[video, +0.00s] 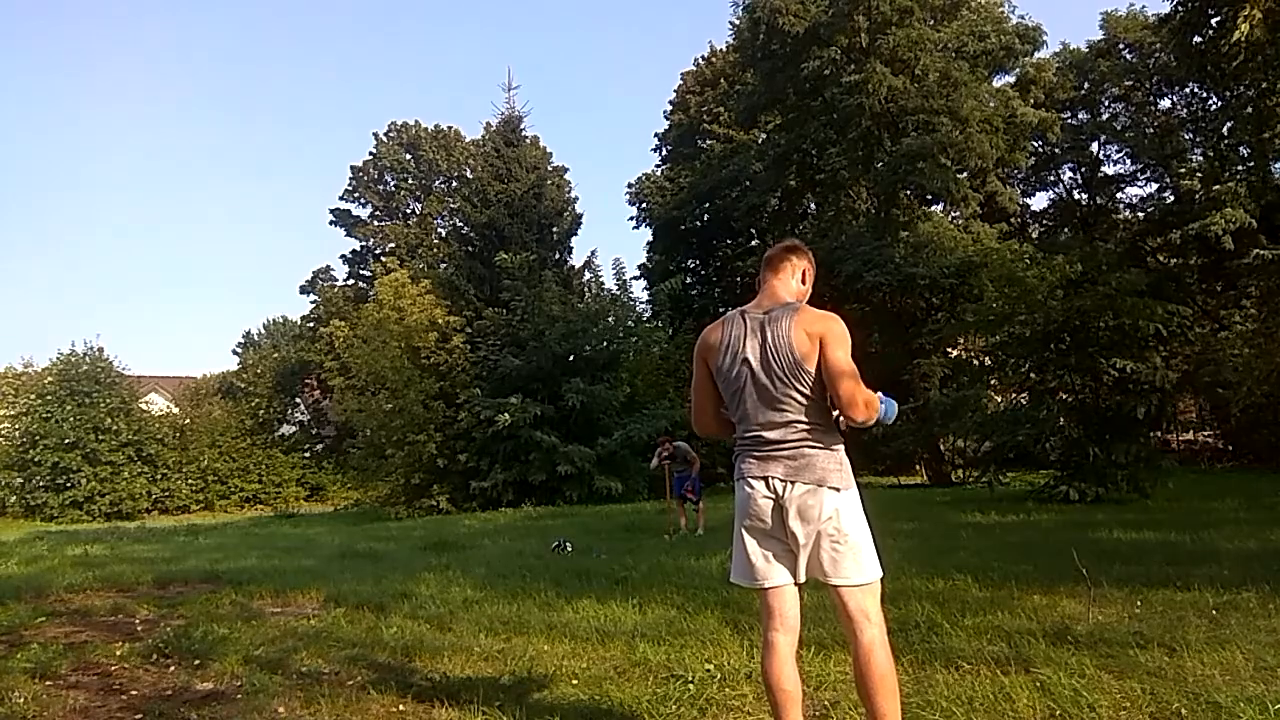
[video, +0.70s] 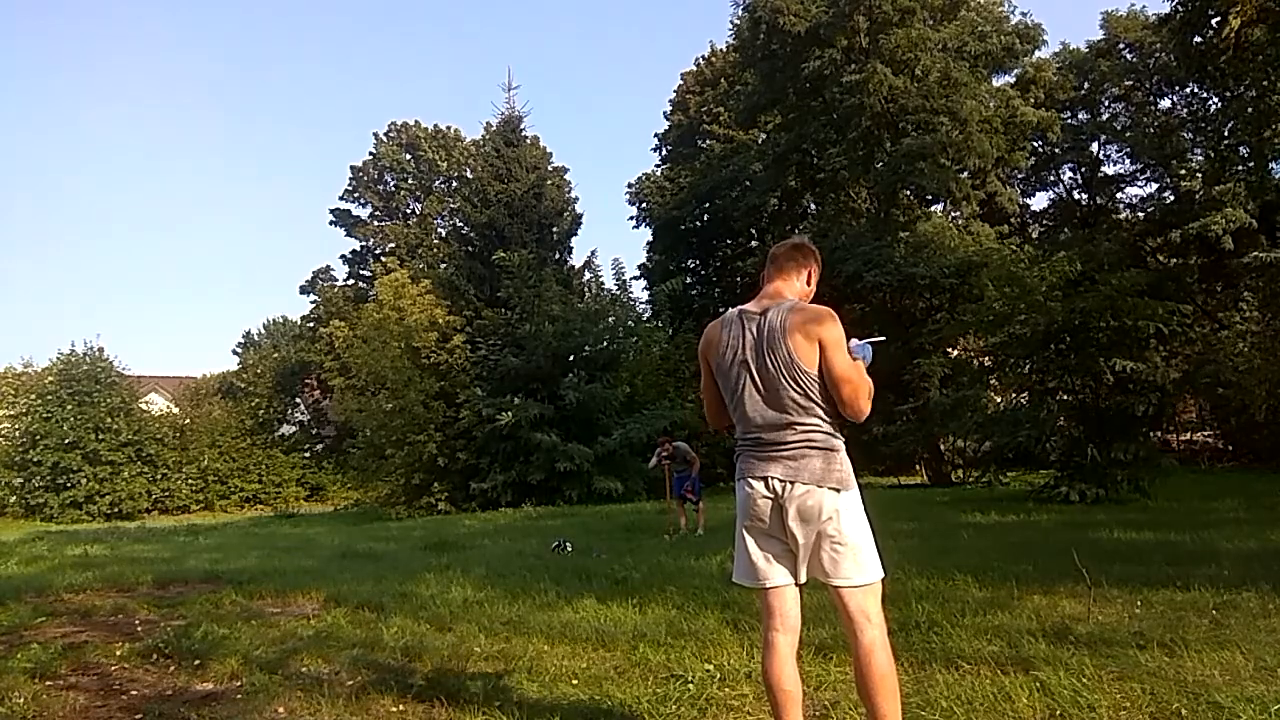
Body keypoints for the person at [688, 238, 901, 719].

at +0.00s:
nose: (811, 289)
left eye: (809, 283)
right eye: (811, 282)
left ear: (760, 278)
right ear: (802, 276)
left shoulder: (713, 336)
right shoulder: (821, 323)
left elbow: (706, 423)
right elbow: (854, 408)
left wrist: (759, 424)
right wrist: (880, 406)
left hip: (753, 490)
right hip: (823, 487)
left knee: (777, 630)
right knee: (866, 624)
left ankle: (789, 718)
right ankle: (887, 716)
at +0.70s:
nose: (815, 289)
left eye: (814, 283)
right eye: (816, 282)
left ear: (765, 274)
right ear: (808, 277)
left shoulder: (715, 333)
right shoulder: (819, 320)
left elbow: (718, 418)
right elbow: (857, 406)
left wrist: (765, 387)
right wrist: (858, 364)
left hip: (755, 488)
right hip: (823, 484)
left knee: (778, 630)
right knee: (867, 626)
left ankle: (790, 719)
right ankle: (887, 716)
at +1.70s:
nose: (835, 293)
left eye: (837, 286)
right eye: (836, 286)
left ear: (778, 281)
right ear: (823, 279)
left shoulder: (730, 325)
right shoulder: (827, 317)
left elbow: (752, 315)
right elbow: (884, 365)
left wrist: (789, 290)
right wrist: (863, 303)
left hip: (763, 482)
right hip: (831, 480)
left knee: (783, 630)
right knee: (871, 627)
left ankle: (792, 719)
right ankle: (889, 717)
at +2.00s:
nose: (840, 287)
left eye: (839, 279)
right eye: (837, 281)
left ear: (783, 277)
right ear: (826, 281)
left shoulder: (739, 325)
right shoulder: (837, 317)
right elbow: (896, 379)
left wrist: (812, 297)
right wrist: (872, 315)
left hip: (770, 481)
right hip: (839, 479)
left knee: (786, 626)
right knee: (875, 626)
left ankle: (793, 718)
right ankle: (891, 717)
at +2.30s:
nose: (834, 280)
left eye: (832, 271)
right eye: (830, 273)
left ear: (777, 282)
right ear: (816, 272)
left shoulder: (747, 324)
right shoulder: (846, 317)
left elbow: (782, 314)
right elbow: (921, 348)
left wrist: (830, 292)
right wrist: (883, 297)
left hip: (776, 480)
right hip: (846, 480)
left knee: (789, 625)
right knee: (878, 627)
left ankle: (793, 719)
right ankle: (893, 716)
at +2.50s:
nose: (839, 275)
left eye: (835, 265)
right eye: (832, 266)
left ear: (783, 277)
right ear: (815, 269)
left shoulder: (751, 324)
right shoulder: (851, 315)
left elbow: (768, 319)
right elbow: (925, 351)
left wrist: (825, 295)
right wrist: (888, 298)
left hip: (783, 480)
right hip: (854, 479)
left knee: (793, 627)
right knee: (882, 628)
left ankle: (795, 719)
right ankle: (895, 717)